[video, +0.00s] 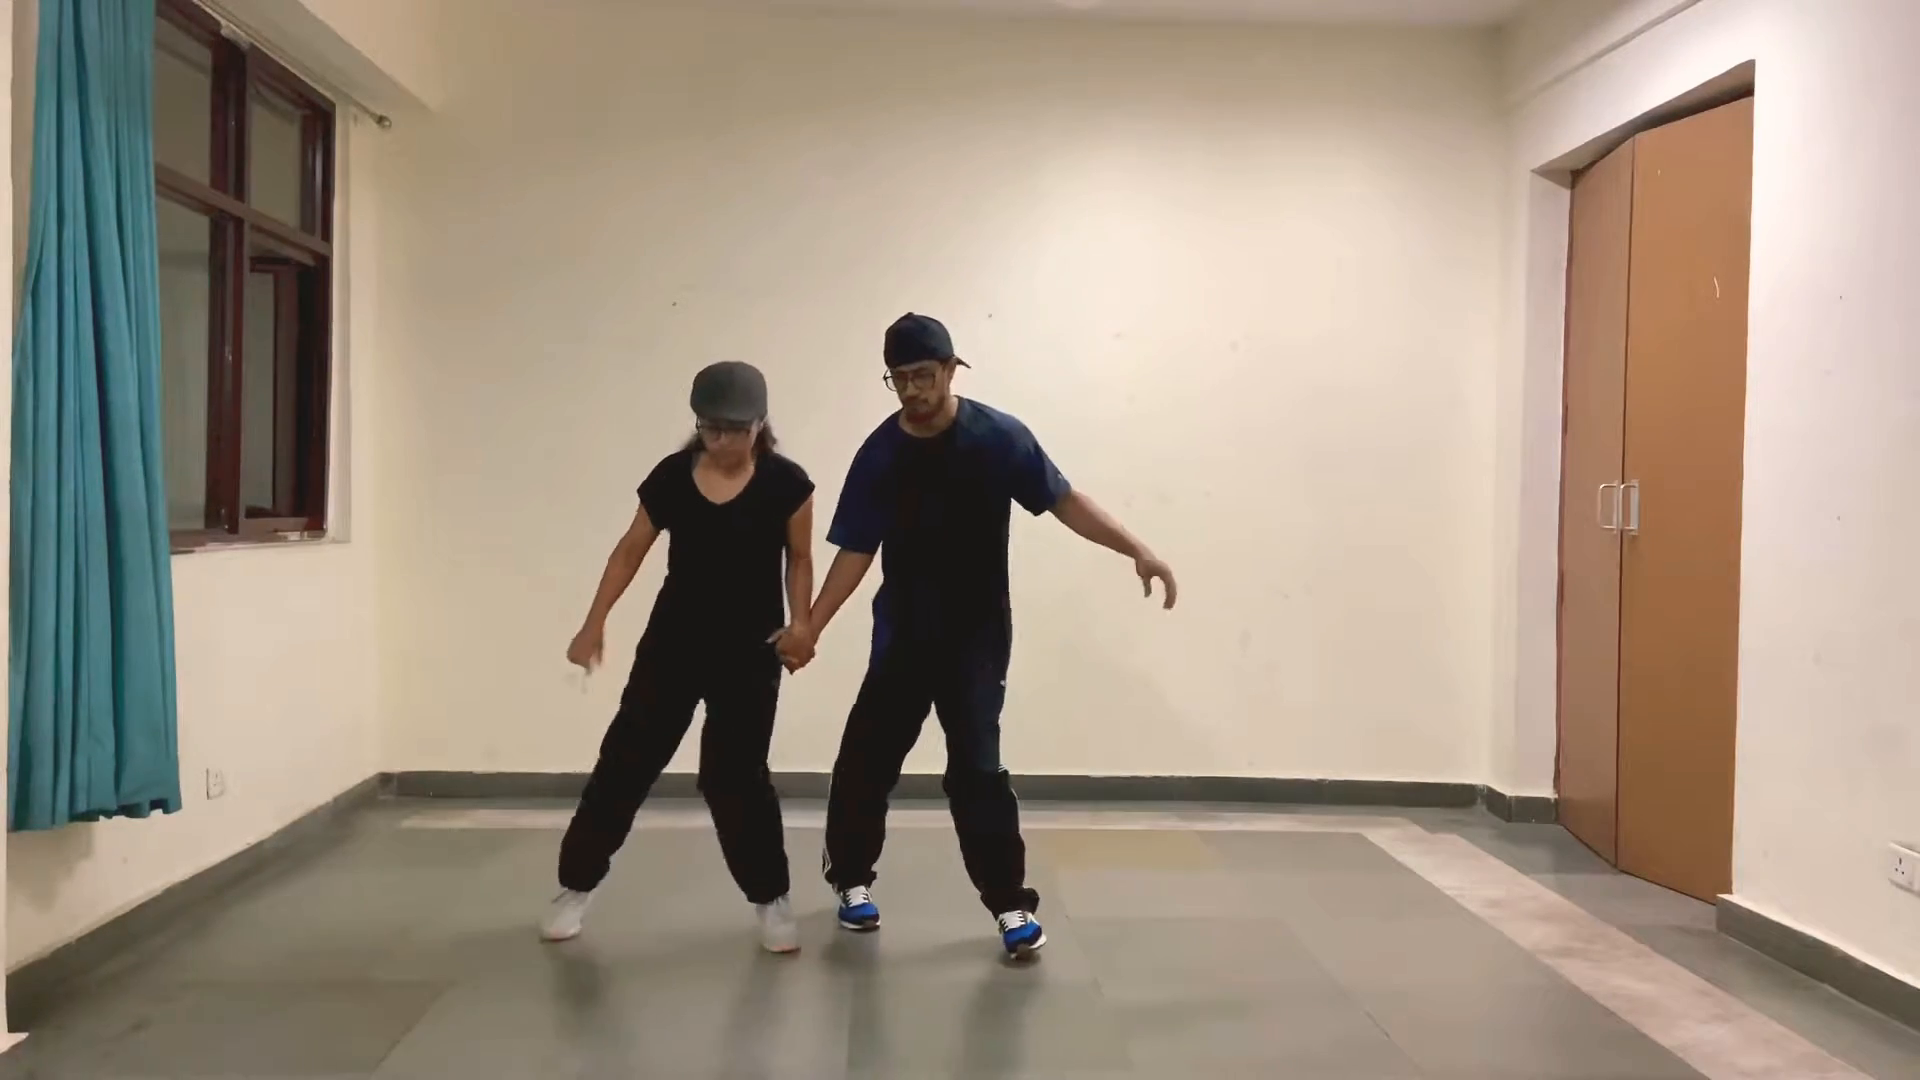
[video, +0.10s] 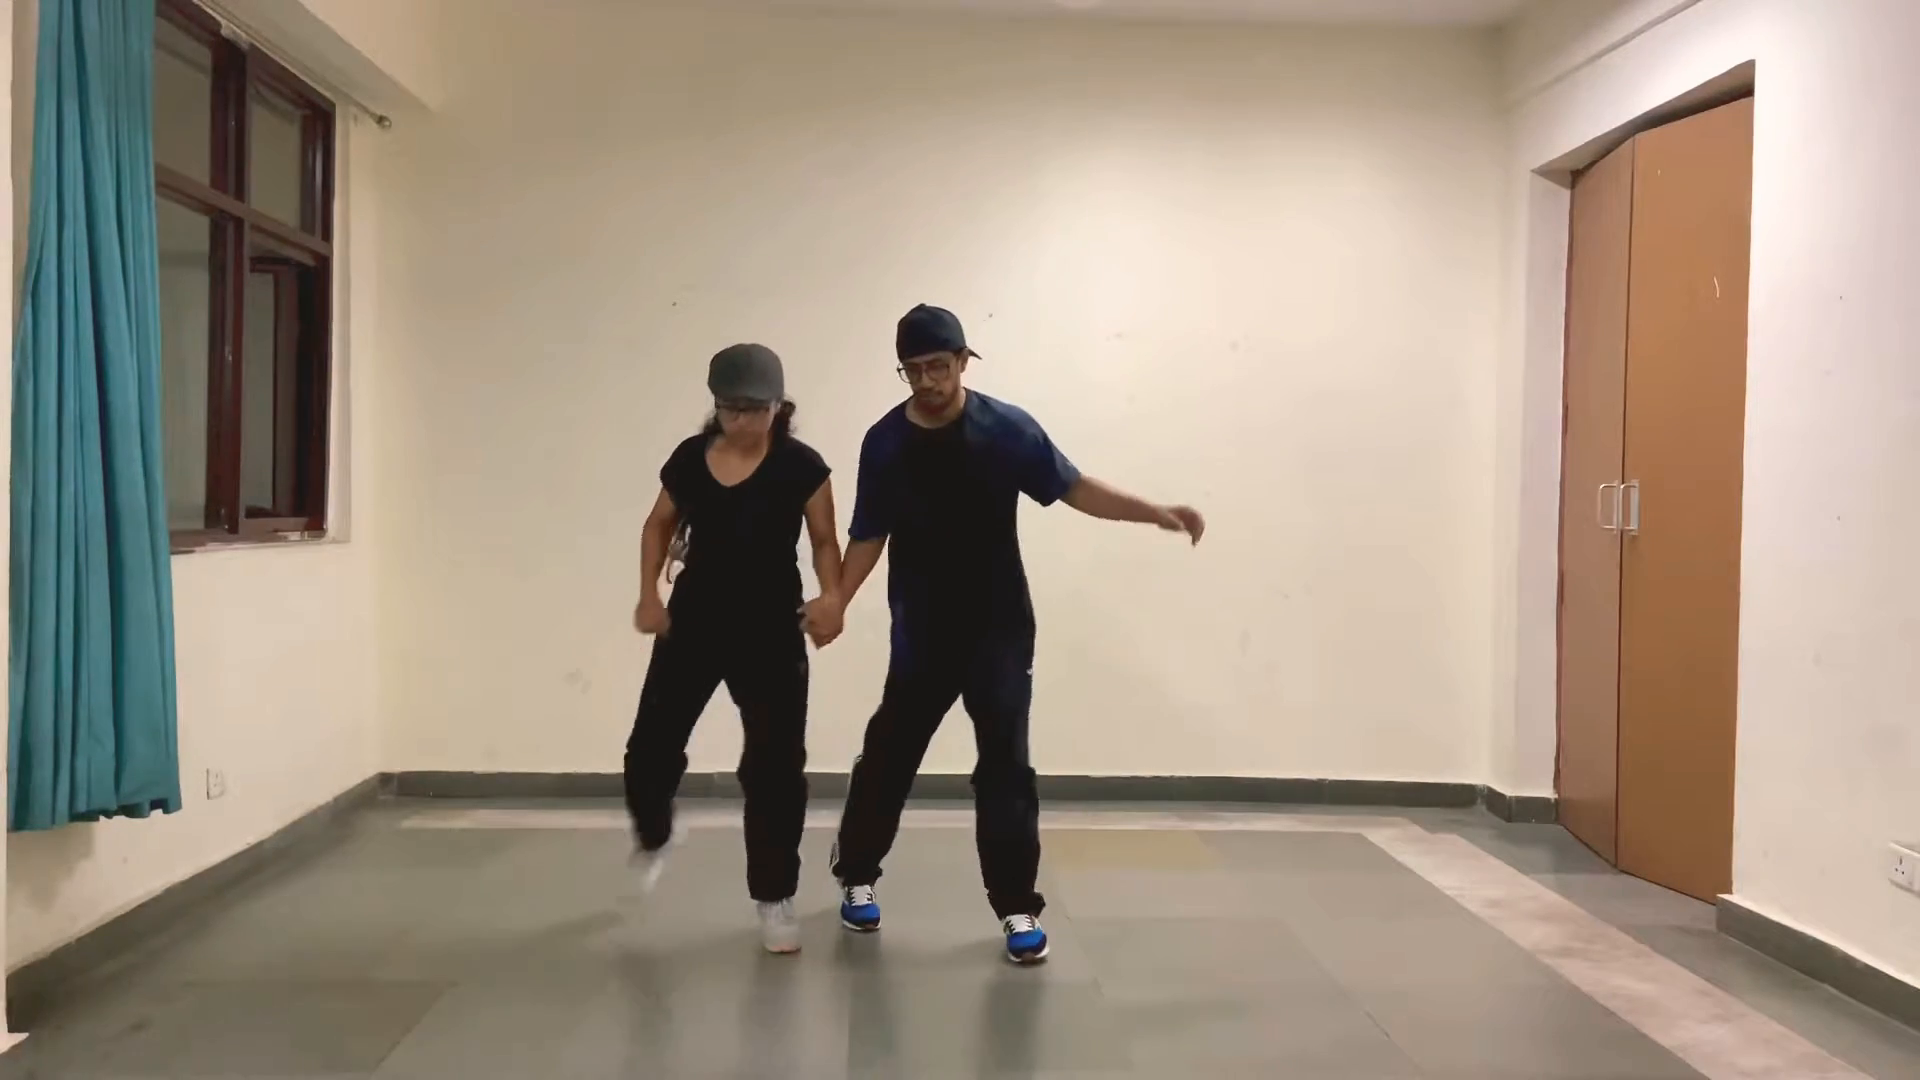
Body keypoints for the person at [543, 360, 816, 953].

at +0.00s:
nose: (726, 440)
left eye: (738, 428)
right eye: (715, 428)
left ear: (760, 425)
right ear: (699, 424)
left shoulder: (787, 485)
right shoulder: (673, 477)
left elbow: (800, 560)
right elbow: (630, 550)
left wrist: (801, 625)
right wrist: (595, 622)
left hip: (747, 651)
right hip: (674, 645)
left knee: (735, 775)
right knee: (625, 762)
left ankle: (771, 900)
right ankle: (576, 887)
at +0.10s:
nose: (744, 420)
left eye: (756, 408)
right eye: (733, 408)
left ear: (778, 406)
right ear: (716, 405)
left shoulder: (803, 468)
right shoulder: (691, 459)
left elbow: (825, 541)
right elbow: (659, 525)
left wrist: (831, 600)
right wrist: (650, 592)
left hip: (770, 630)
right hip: (695, 624)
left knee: (777, 764)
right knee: (650, 748)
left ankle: (774, 898)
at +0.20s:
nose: (757, 406)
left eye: (768, 394)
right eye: (745, 394)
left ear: (787, 391)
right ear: (727, 391)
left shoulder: (814, 454)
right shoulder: (704, 449)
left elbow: (838, 534)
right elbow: (665, 516)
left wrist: (857, 564)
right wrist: (688, 543)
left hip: (784, 628)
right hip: (711, 625)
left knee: (780, 766)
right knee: (693, 752)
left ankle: (777, 897)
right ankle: (727, 800)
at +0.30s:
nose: (769, 397)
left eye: (780, 385)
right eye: (756, 386)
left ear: (798, 385)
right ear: (737, 386)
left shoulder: (826, 450)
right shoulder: (713, 449)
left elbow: (852, 532)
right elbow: (661, 528)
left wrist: (868, 562)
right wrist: (691, 507)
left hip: (797, 626)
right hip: (727, 625)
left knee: (791, 757)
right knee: (725, 752)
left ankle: (788, 896)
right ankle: (734, 864)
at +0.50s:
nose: (787, 409)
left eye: (797, 397)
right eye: (774, 398)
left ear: (814, 393)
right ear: (752, 396)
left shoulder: (842, 456)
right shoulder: (730, 455)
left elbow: (863, 539)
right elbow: (689, 529)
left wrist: (884, 612)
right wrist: (676, 579)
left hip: (819, 630)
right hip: (747, 628)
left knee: (804, 761)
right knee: (738, 757)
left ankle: (785, 898)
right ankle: (741, 893)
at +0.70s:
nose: (811, 426)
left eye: (821, 413)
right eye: (798, 415)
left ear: (836, 408)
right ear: (774, 411)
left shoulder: (863, 464)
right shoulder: (749, 468)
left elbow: (899, 540)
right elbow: (704, 553)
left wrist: (925, 614)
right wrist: (686, 639)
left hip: (847, 638)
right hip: (768, 639)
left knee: (852, 766)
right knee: (754, 770)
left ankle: (867, 879)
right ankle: (747, 900)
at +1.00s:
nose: (850, 436)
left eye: (860, 424)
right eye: (837, 425)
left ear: (874, 419)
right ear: (813, 421)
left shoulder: (897, 472)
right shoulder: (783, 476)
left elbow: (943, 529)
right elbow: (737, 536)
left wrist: (968, 593)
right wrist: (729, 615)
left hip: (879, 654)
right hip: (803, 656)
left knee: (900, 777)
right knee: (782, 778)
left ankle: (935, 902)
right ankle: (768, 899)